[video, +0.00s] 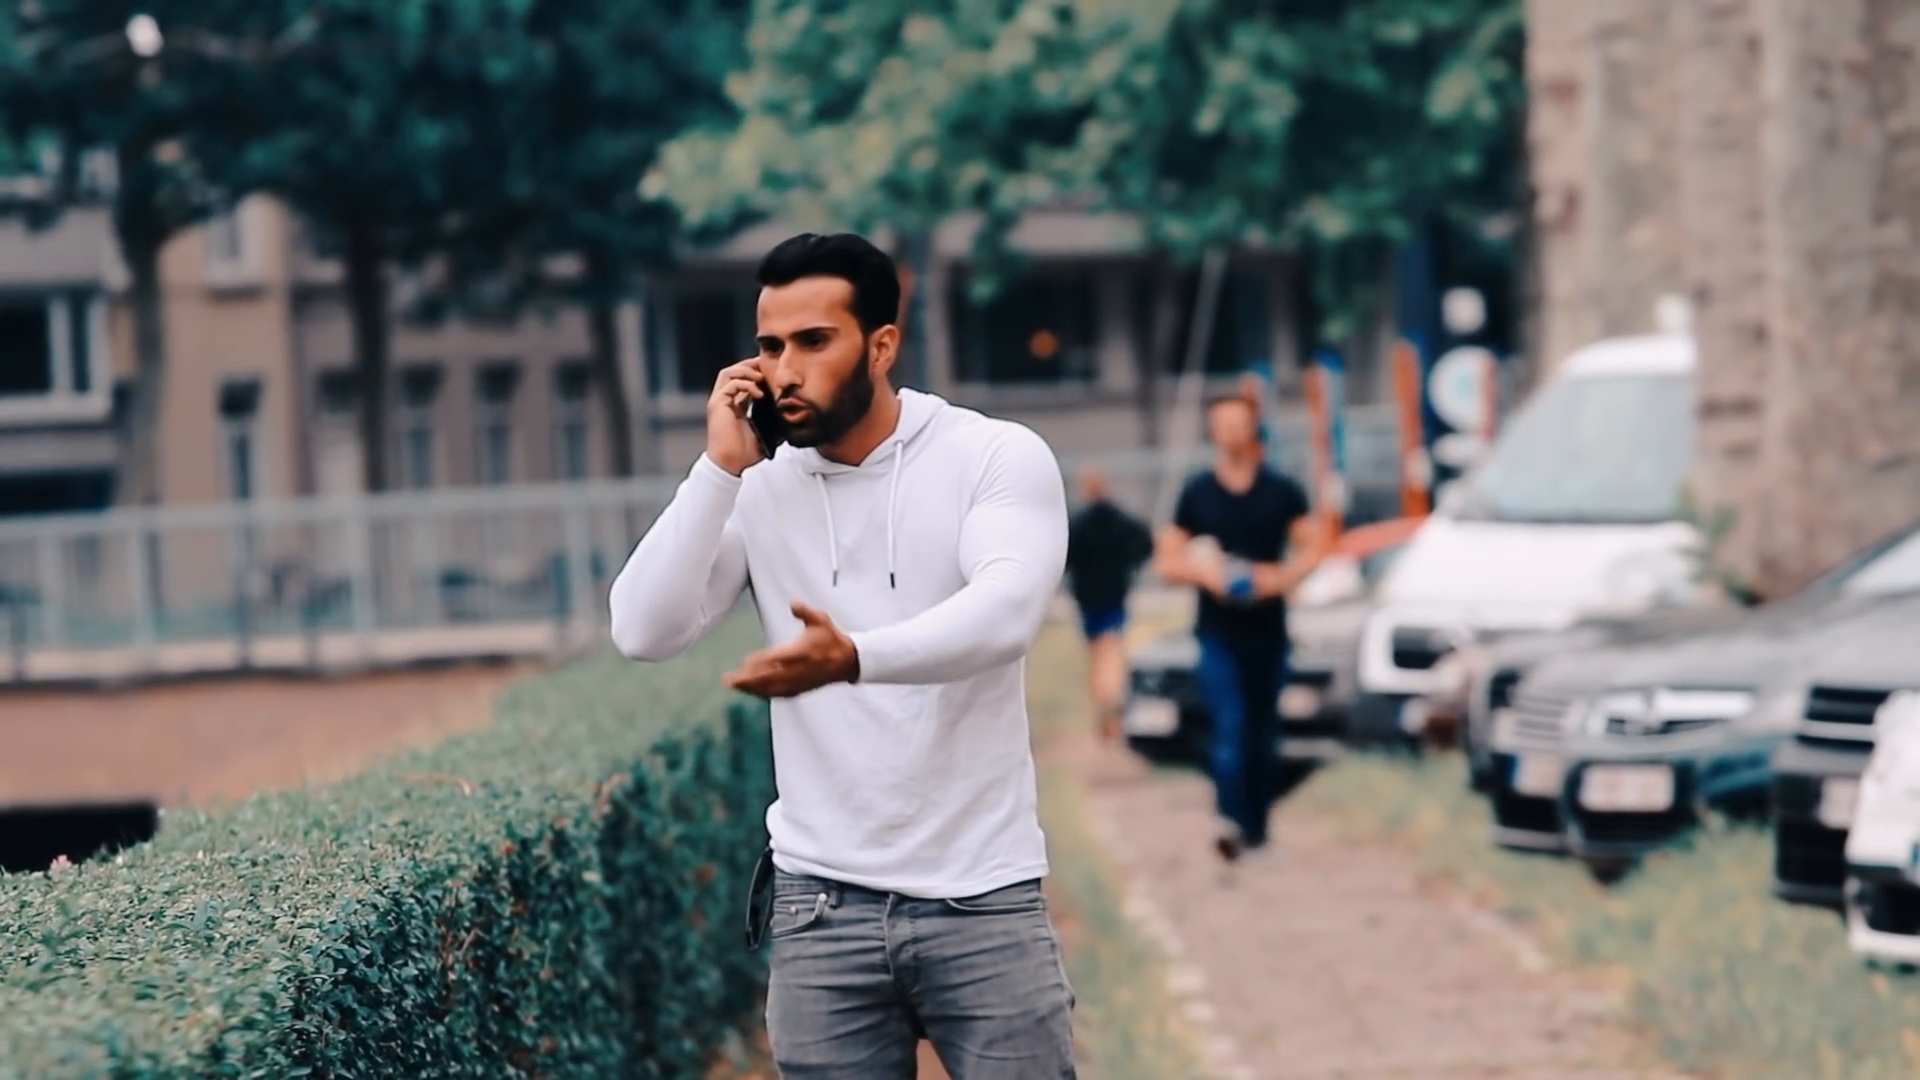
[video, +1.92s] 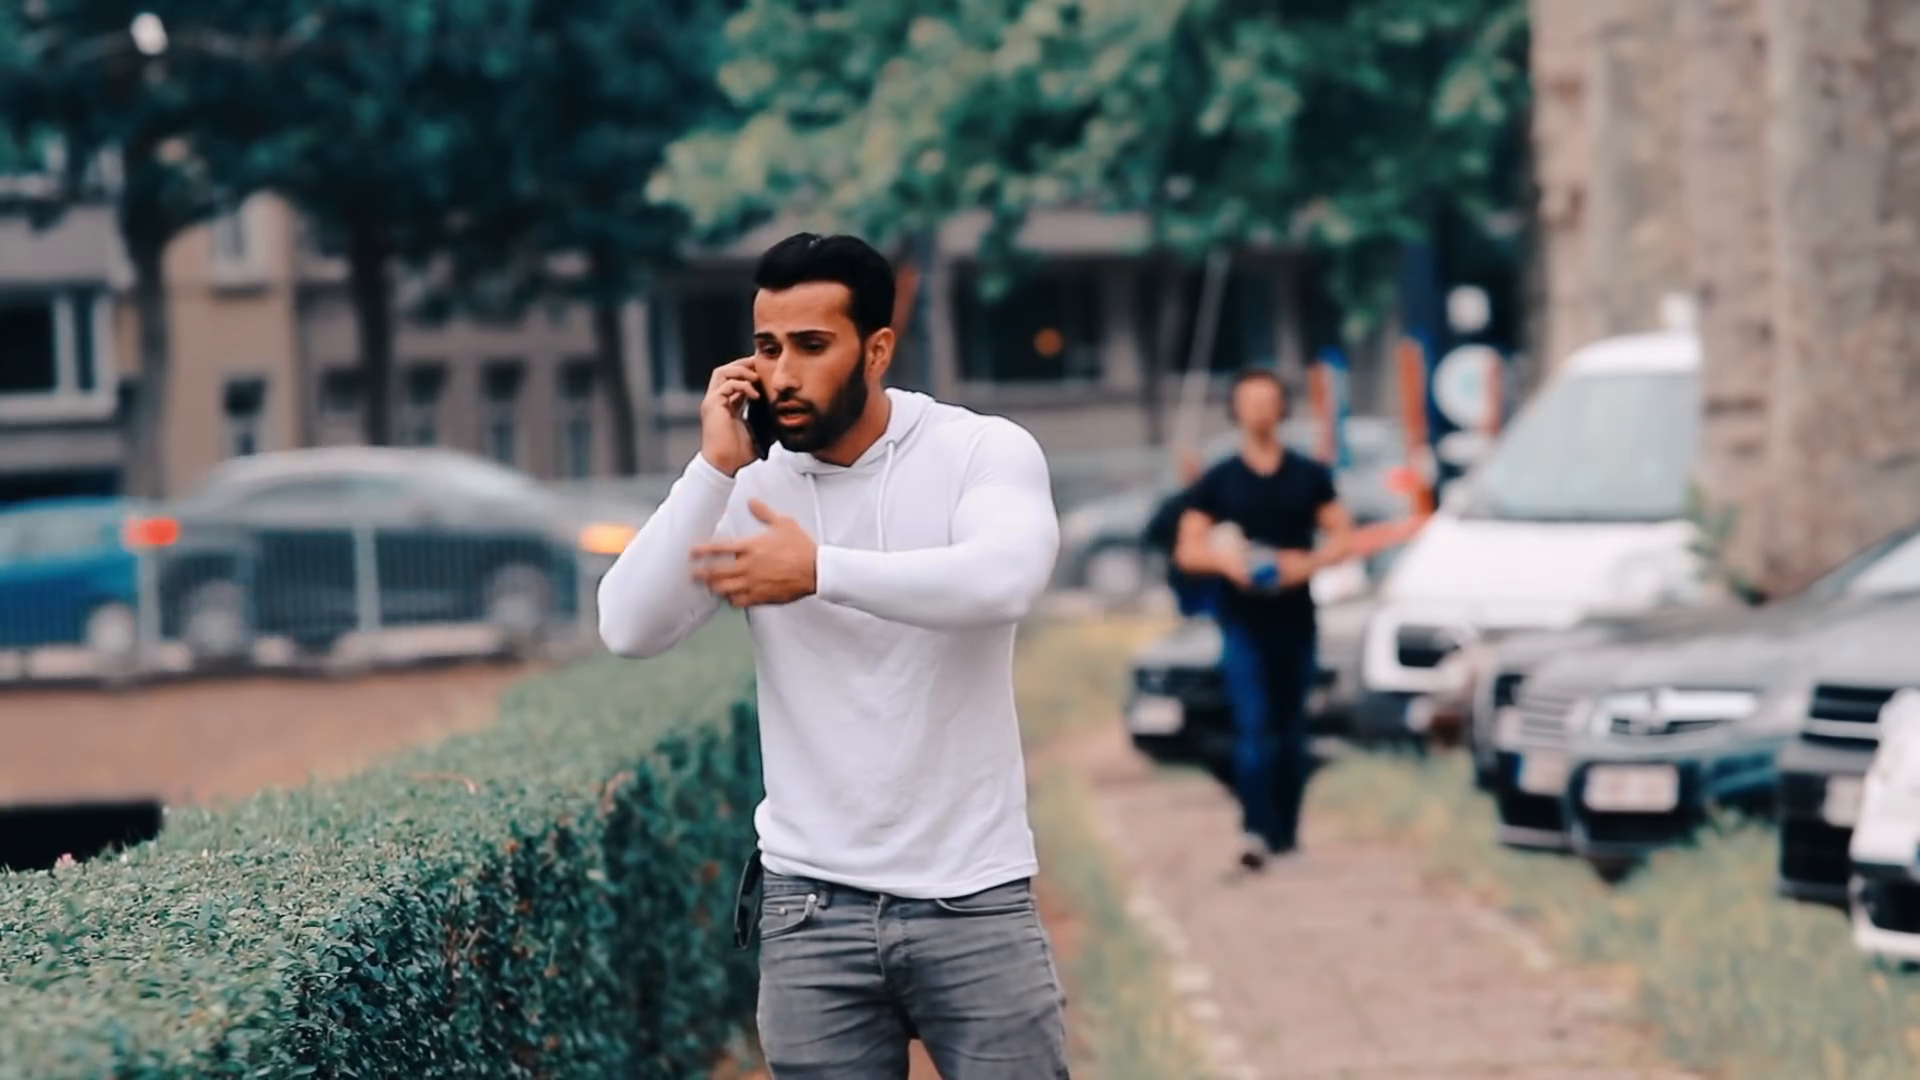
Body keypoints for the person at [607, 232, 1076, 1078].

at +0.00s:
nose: (782, 371)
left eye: (811, 342)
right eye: (769, 347)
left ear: (881, 345)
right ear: (755, 354)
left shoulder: (1000, 458)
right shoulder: (754, 490)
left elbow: (1003, 619)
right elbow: (641, 631)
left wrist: (856, 656)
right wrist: (720, 466)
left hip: (986, 900)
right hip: (817, 906)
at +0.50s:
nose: (792, 371)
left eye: (821, 341)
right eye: (779, 346)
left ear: (890, 344)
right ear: (764, 354)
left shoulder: (1009, 456)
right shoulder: (768, 483)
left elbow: (1011, 608)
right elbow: (648, 627)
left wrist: (836, 562)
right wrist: (725, 467)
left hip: (991, 896)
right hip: (823, 902)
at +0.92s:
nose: (792, 368)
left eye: (821, 338)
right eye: (778, 343)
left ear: (891, 341)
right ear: (764, 352)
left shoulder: (1008, 456)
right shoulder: (762, 488)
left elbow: (1012, 619)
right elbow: (649, 626)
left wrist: (862, 648)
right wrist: (728, 463)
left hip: (992, 898)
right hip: (824, 904)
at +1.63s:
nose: (789, 369)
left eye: (818, 339)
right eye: (776, 344)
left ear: (888, 342)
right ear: (762, 353)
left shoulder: (1005, 456)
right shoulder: (763, 480)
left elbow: (1003, 608)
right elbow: (645, 626)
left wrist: (827, 554)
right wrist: (723, 466)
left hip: (987, 895)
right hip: (819, 900)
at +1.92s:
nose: (780, 373)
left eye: (809, 345)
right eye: (768, 347)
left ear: (877, 348)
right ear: (752, 351)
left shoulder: (988, 451)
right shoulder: (750, 488)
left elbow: (1003, 583)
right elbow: (628, 626)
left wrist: (820, 571)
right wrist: (713, 466)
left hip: (975, 899)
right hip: (807, 906)